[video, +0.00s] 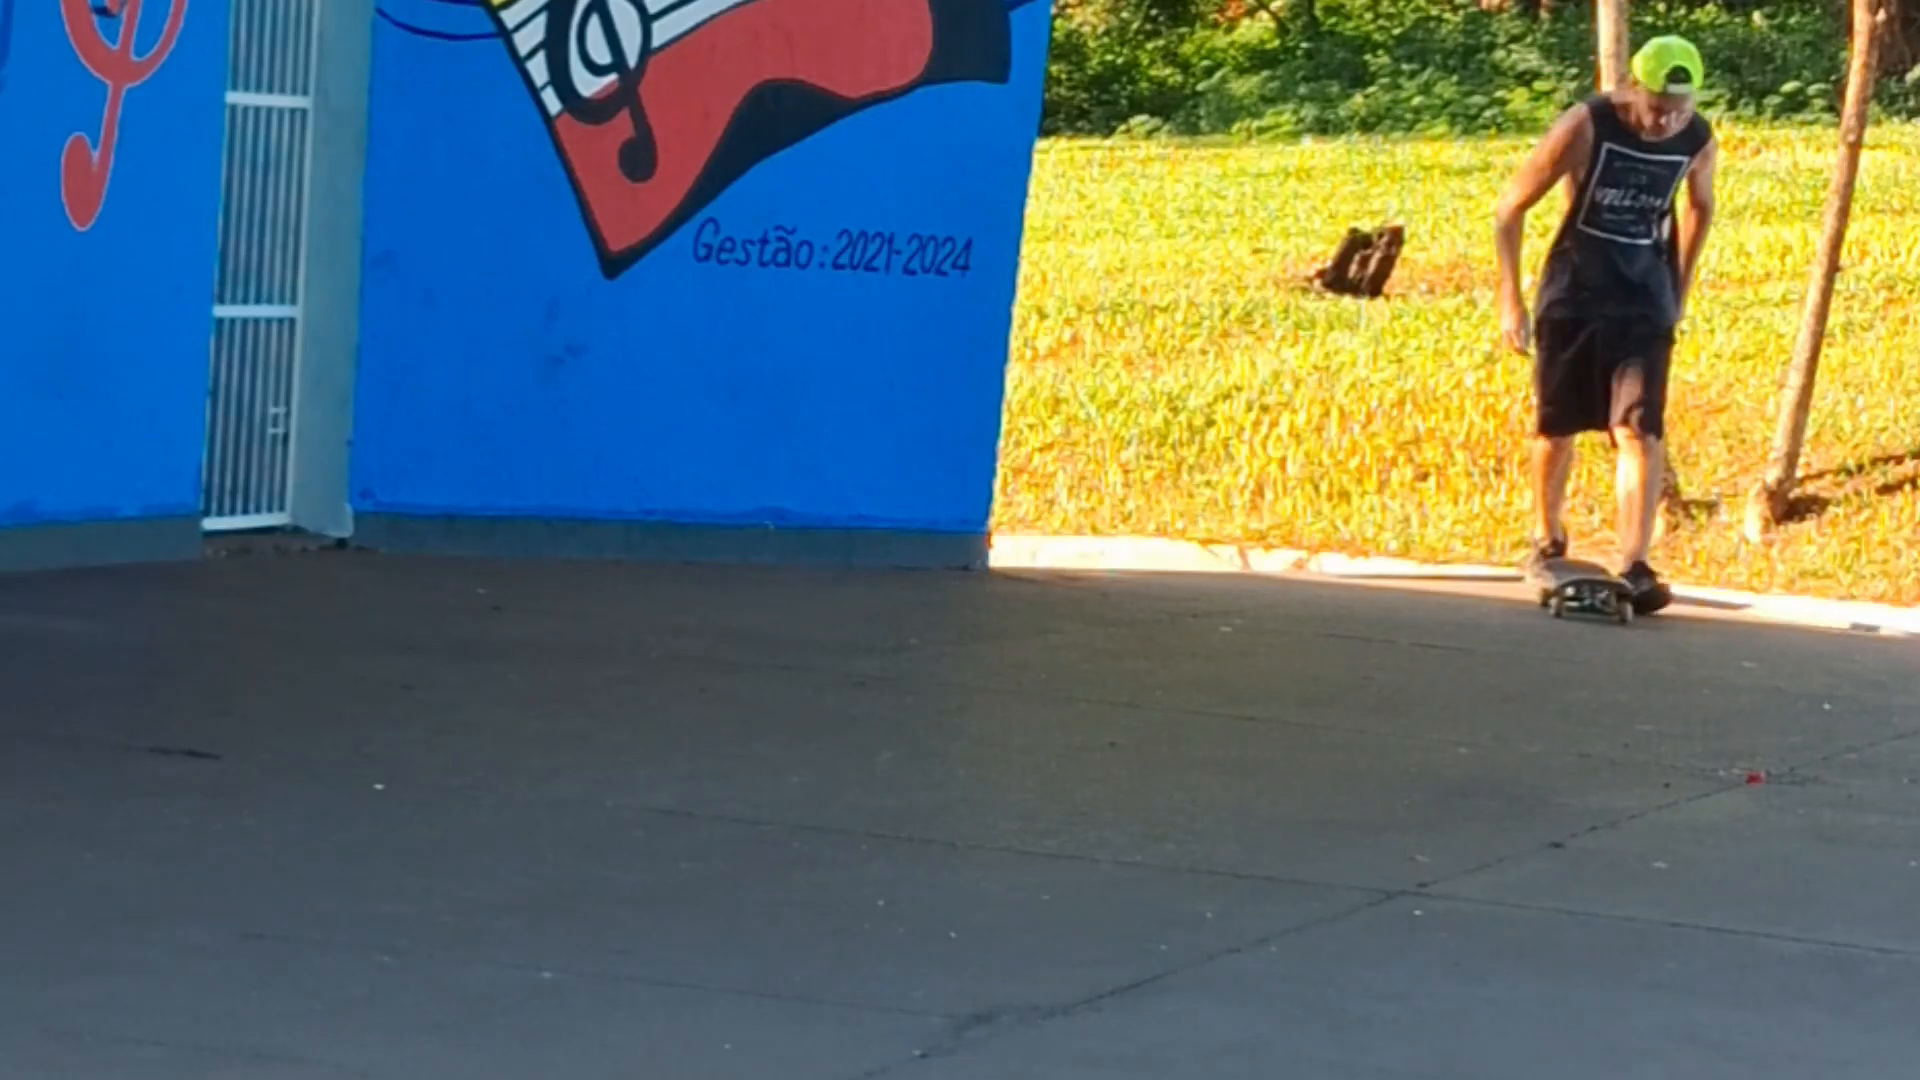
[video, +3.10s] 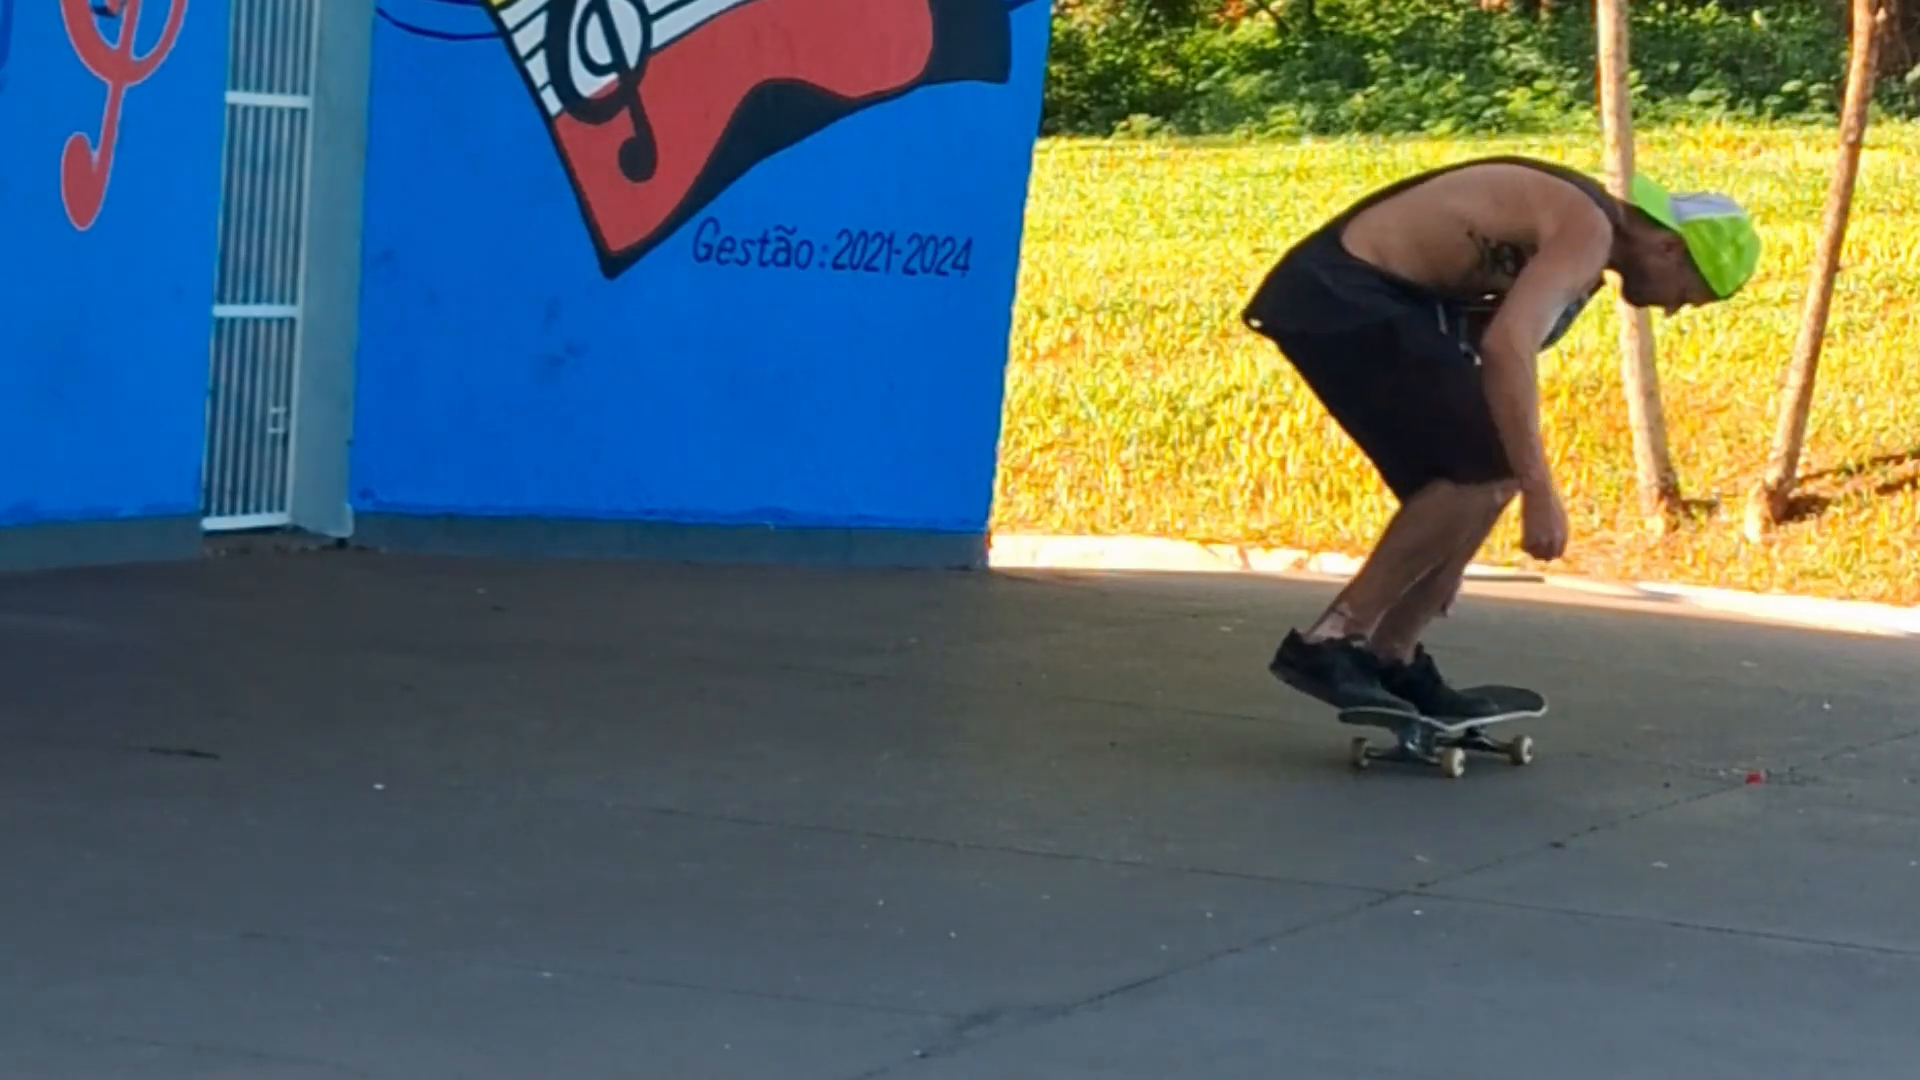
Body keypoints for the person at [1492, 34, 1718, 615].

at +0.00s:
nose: (1668, 120)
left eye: (1680, 109)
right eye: (1659, 107)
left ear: (1694, 98)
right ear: (1632, 88)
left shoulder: (1698, 139)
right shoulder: (1585, 125)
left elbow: (1698, 210)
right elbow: (1510, 211)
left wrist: (1679, 291)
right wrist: (1510, 299)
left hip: (1646, 293)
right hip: (1574, 290)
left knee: (1639, 423)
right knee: (1558, 429)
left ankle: (1635, 563)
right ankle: (1550, 543)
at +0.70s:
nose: (1758, 132)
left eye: (1767, 123)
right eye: (1758, 118)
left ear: (1761, 107)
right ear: (1731, 91)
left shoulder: (1736, 126)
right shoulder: (1645, 111)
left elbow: (1690, 201)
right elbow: (1548, 187)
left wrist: (1674, 272)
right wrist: (1553, 288)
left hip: (1655, 274)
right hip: (1594, 265)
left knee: (1674, 404)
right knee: (1621, 405)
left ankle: (1590, 551)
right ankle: (1609, 566)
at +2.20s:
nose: (1821, 210)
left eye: (1835, 204)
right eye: (1832, 194)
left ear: (1811, 149)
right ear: (1812, 151)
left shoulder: (1730, 167)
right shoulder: (1717, 143)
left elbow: (1608, 231)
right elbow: (1595, 203)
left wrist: (1600, 331)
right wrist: (1591, 334)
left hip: (1558, 268)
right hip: (1518, 260)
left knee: (1637, 439)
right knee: (1597, 441)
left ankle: (1568, 623)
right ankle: (1543, 632)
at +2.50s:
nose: (1790, 230)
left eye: (1804, 225)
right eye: (1801, 215)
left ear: (1785, 177)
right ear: (1784, 172)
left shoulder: (1700, 185)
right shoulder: (1693, 157)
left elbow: (1572, 249)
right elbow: (1561, 217)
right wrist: (1554, 357)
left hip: (1514, 266)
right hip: (1474, 254)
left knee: (1598, 439)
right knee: (1565, 438)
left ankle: (1521, 633)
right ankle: (1466, 621)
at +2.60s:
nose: (1776, 238)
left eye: (1790, 233)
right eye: (1787, 222)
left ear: (1773, 182)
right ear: (1771, 178)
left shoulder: (1683, 190)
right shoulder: (1679, 161)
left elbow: (1556, 264)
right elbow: (1547, 227)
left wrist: (1481, 398)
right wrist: (1533, 368)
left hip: (1499, 267)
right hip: (1455, 254)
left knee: (1578, 443)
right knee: (1549, 442)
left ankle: (1500, 640)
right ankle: (1448, 629)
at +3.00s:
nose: (1702, 281)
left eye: (1717, 276)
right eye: (1716, 267)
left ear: (1696, 217)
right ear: (1699, 223)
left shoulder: (1614, 210)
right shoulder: (1608, 205)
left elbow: (1490, 308)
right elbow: (1490, 297)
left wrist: (1424, 480)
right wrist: (1482, 449)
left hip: (1405, 275)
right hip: (1364, 270)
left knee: (1518, 445)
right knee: (1478, 469)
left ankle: (1416, 651)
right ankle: (1351, 641)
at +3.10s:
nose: (1680, 308)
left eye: (1696, 300)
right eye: (1694, 292)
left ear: (1670, 246)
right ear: (1673, 248)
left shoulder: (1586, 248)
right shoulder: (1583, 232)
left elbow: (1495, 366)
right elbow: (1505, 346)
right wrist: (1537, 491)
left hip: (1383, 307)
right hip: (1339, 298)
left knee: (1493, 472)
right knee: (1474, 477)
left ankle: (1391, 657)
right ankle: (1331, 640)